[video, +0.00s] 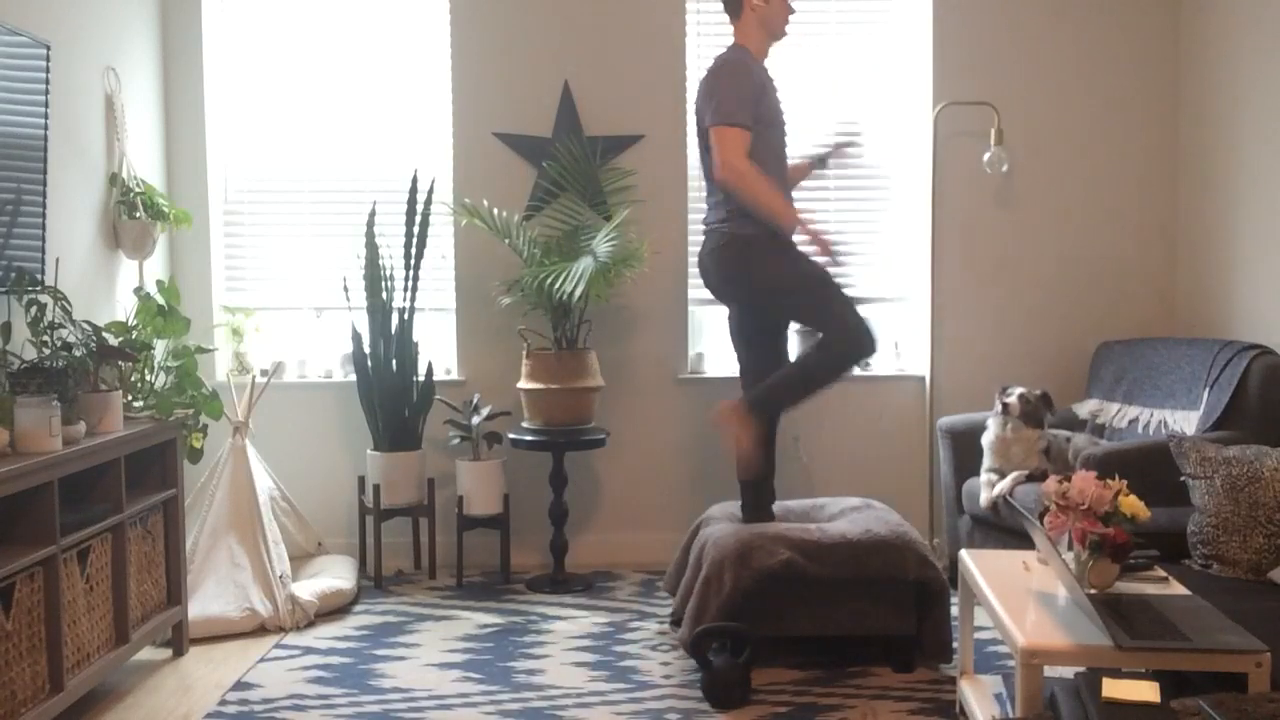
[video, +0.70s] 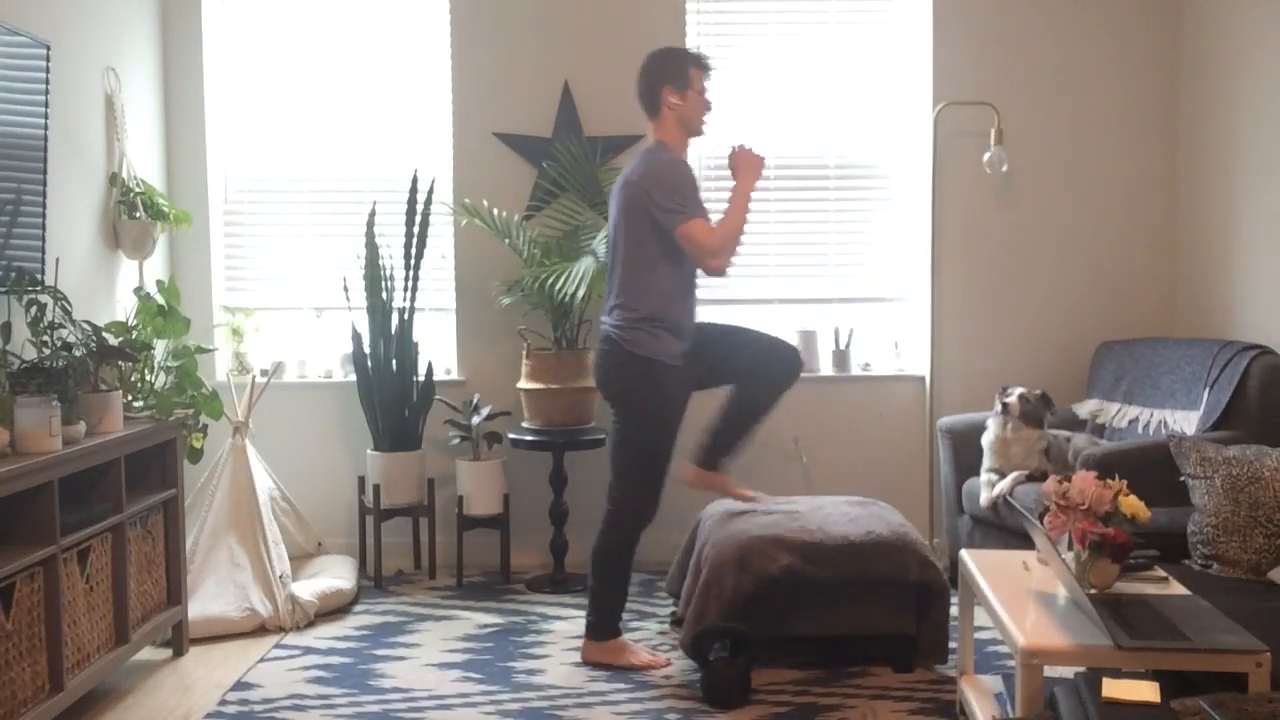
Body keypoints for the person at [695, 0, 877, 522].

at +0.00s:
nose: (789, 11)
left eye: (787, 3)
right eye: (781, 2)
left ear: (753, 11)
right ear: (752, 6)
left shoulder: (746, 74)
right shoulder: (735, 69)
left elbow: (760, 180)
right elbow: (729, 167)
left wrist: (816, 163)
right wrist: (801, 224)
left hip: (742, 249)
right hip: (748, 248)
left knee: (761, 401)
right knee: (853, 336)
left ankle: (759, 532)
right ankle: (751, 409)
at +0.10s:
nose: (786, 12)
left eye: (783, 4)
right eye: (779, 3)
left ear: (747, 12)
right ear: (752, 8)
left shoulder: (729, 74)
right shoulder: (742, 71)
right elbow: (758, 165)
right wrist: (850, 189)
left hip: (737, 253)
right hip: (747, 255)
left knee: (771, 397)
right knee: (795, 393)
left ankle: (759, 531)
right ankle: (683, 475)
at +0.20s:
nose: (782, 26)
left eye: (778, 16)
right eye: (773, 17)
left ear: (741, 28)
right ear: (745, 25)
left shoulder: (714, 98)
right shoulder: (745, 89)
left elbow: (710, 196)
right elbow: (784, 174)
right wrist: (874, 162)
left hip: (727, 272)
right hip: (734, 274)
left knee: (800, 395)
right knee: (734, 416)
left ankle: (761, 533)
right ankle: (648, 535)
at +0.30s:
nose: (777, 59)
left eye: (774, 48)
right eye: (769, 48)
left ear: (734, 59)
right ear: (741, 56)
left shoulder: (708, 131)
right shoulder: (737, 123)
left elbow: (679, 228)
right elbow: (805, 196)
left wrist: (690, 293)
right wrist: (866, 150)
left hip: (721, 307)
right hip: (712, 309)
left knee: (809, 405)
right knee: (684, 449)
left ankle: (760, 530)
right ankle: (636, 582)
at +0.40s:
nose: (764, 94)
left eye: (761, 83)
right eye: (755, 83)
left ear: (721, 94)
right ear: (726, 92)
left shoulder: (696, 163)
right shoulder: (721, 160)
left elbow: (661, 256)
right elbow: (800, 225)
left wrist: (658, 339)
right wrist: (830, 160)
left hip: (717, 344)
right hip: (696, 347)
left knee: (814, 407)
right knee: (671, 485)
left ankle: (762, 529)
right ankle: (616, 618)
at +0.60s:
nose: (727, 112)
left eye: (724, 101)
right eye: (719, 101)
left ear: (687, 109)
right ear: (690, 107)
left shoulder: (668, 177)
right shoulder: (675, 177)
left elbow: (732, 263)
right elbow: (741, 259)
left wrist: (748, 205)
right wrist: (755, 189)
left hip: (681, 350)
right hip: (656, 359)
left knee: (793, 376)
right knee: (649, 509)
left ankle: (754, 499)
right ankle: (601, 639)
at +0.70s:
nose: (709, 102)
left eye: (706, 92)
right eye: (701, 92)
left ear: (671, 99)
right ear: (671, 98)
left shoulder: (664, 166)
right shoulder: (659, 166)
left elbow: (713, 261)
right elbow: (716, 250)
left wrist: (730, 207)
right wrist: (742, 186)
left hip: (669, 342)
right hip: (642, 352)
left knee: (779, 362)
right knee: (632, 501)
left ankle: (710, 464)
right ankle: (601, 638)